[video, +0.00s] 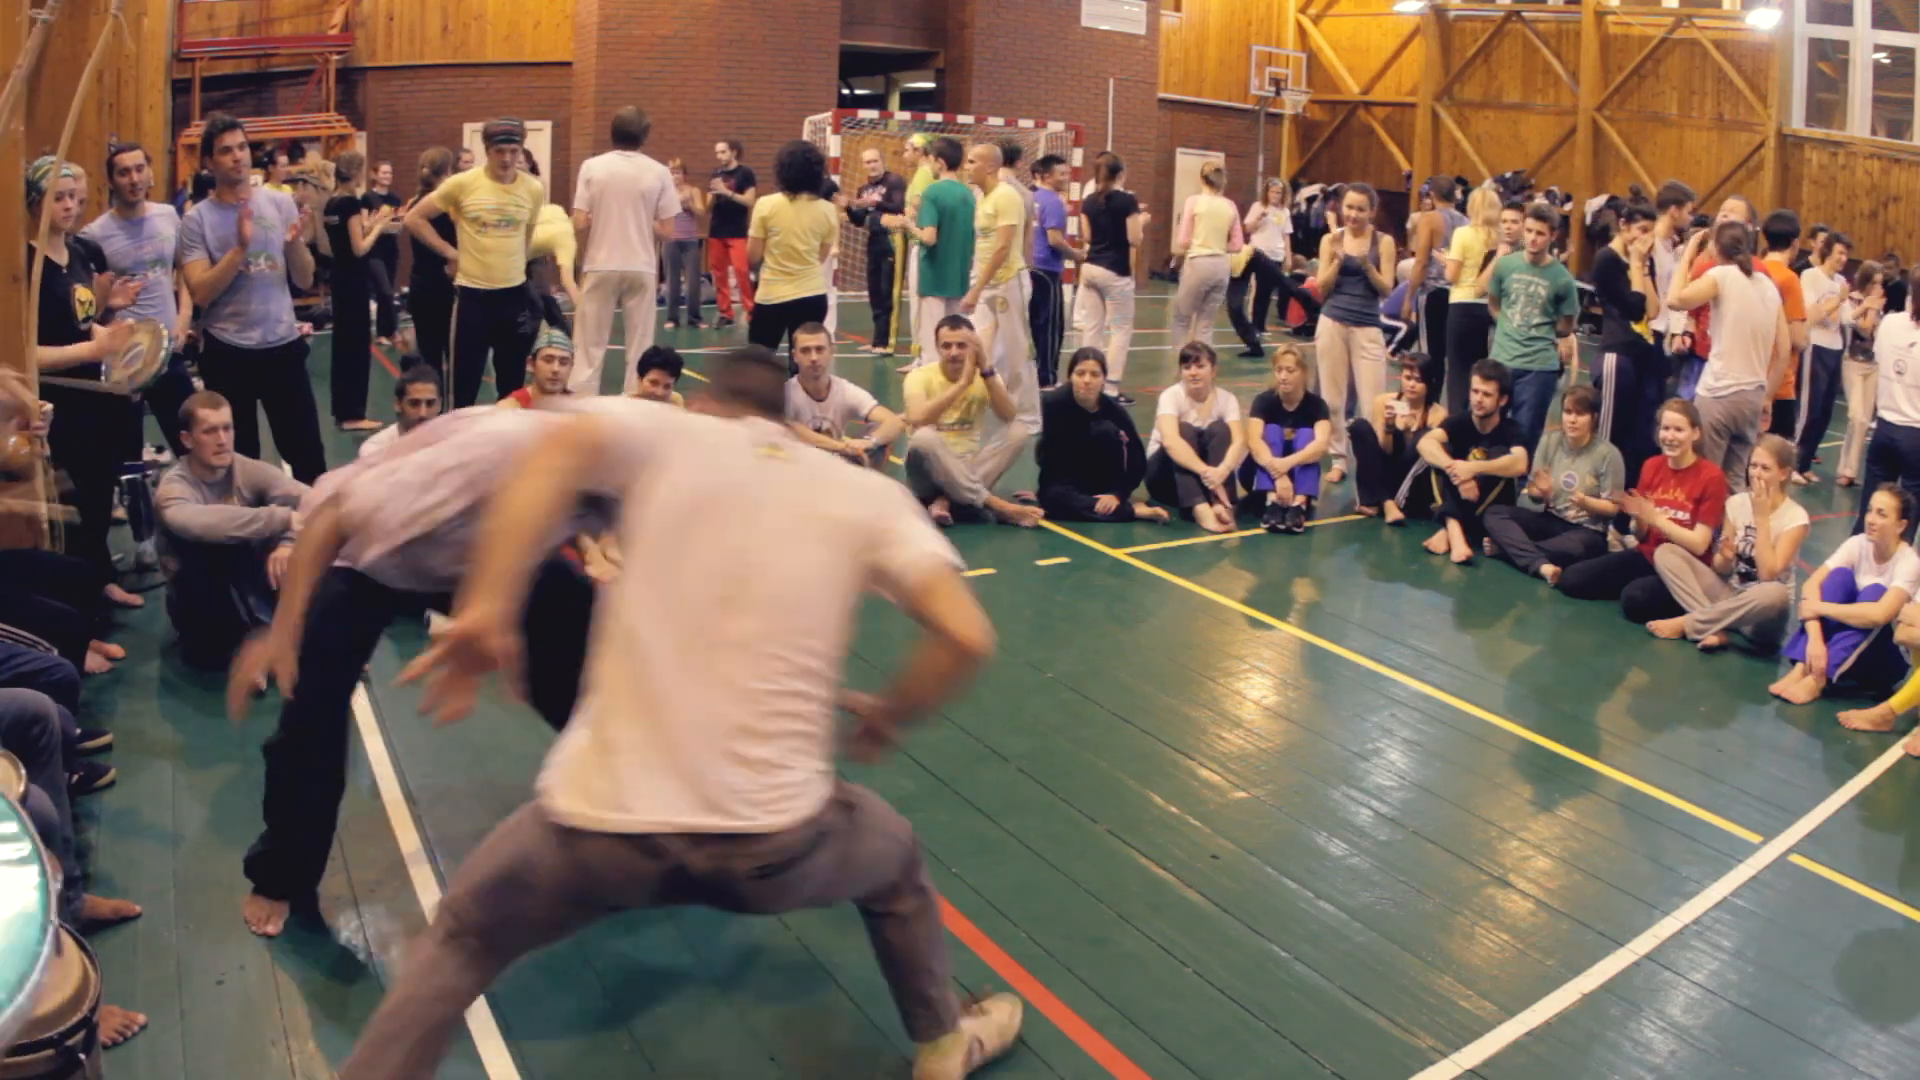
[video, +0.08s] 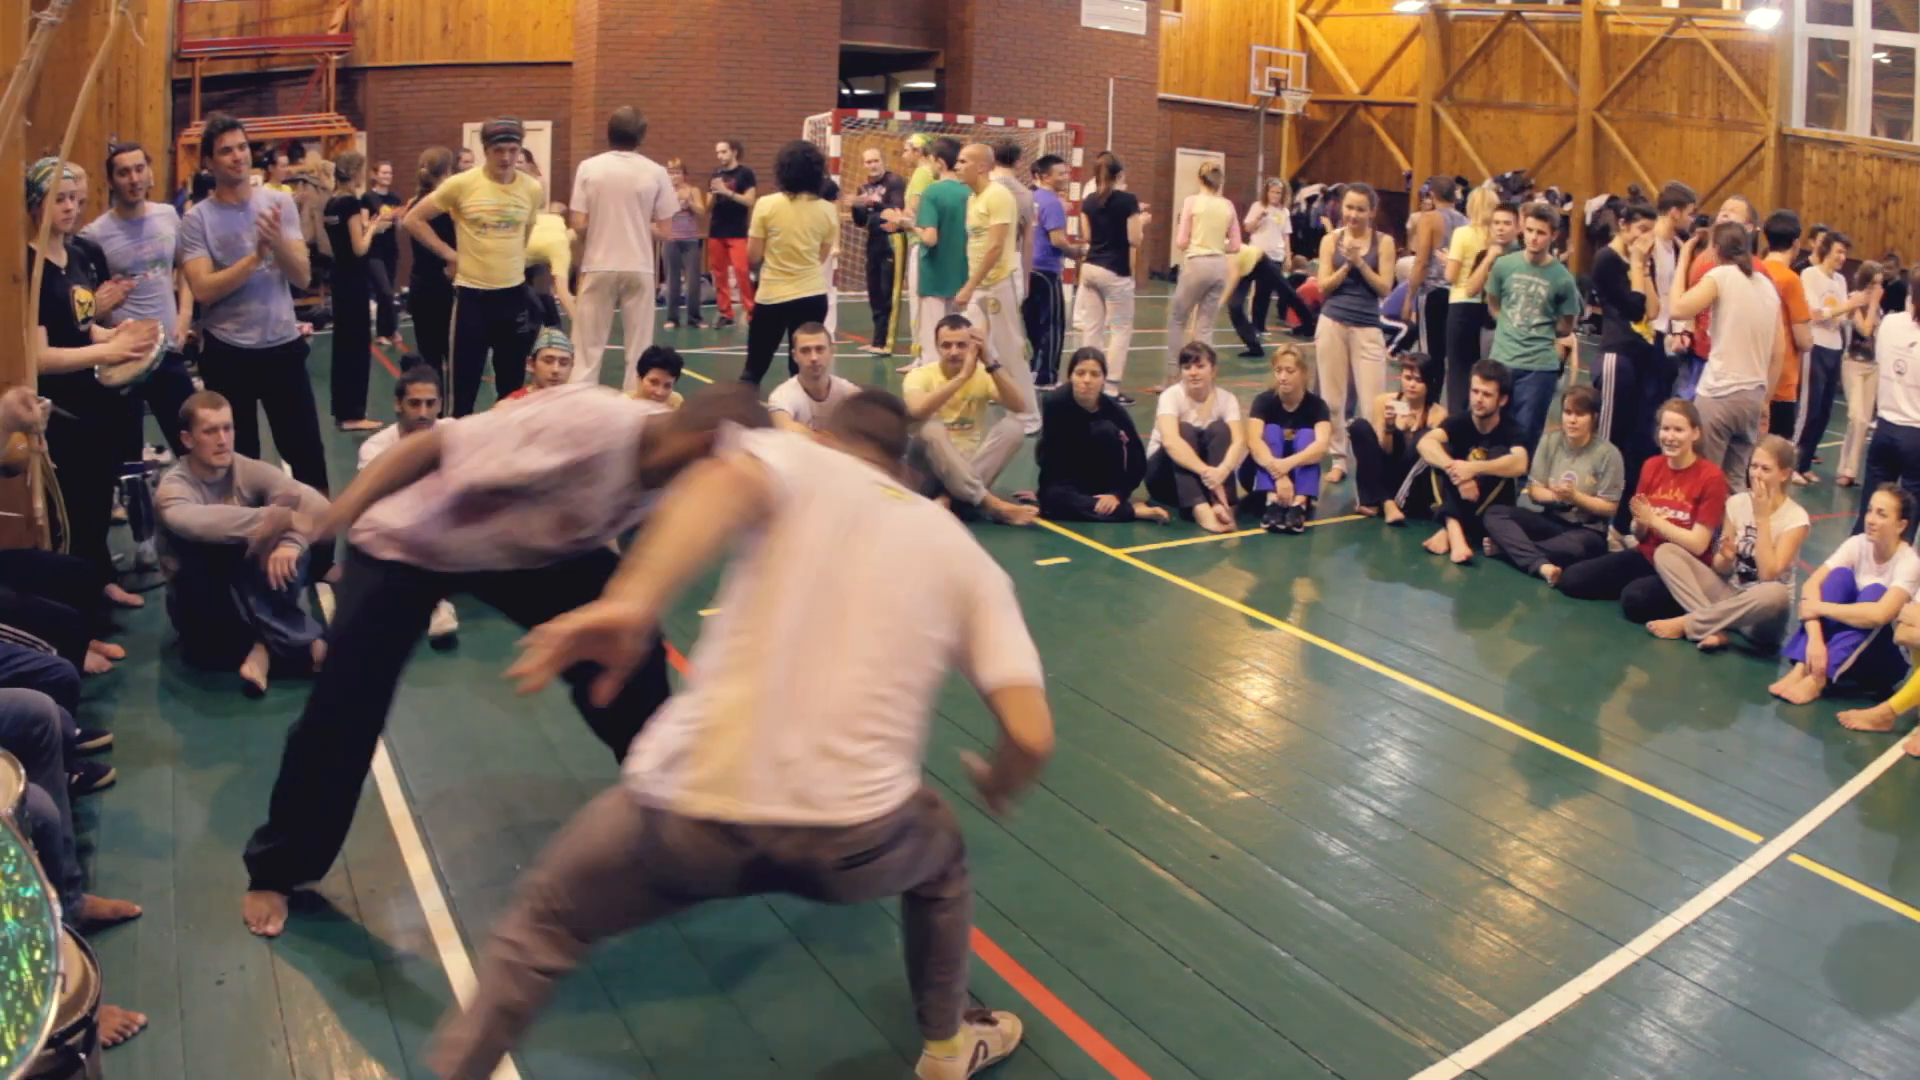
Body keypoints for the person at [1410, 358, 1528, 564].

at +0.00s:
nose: (1478, 399)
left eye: (1487, 395)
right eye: (1475, 392)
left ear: (1503, 400)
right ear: (1469, 392)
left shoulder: (1511, 428)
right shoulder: (1459, 420)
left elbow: (1520, 465)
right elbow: (1425, 444)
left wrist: (1473, 467)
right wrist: (1459, 475)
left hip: (1493, 511)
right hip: (1454, 506)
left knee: (1499, 456)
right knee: (1438, 455)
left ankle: (1449, 529)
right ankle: (1454, 530)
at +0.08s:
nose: (1479, 399)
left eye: (1487, 395)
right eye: (1475, 392)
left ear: (1503, 400)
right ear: (1469, 392)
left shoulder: (1510, 428)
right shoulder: (1460, 420)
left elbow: (1519, 464)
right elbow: (1425, 444)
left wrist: (1473, 467)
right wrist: (1459, 475)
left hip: (1493, 510)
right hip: (1454, 504)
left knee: (1500, 457)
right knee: (1438, 456)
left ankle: (1449, 528)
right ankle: (1454, 530)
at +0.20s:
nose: (1479, 399)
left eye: (1487, 395)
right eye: (1475, 392)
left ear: (1502, 400)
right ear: (1469, 392)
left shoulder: (1511, 428)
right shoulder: (1461, 420)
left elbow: (1519, 465)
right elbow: (1425, 444)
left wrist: (1474, 467)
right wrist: (1458, 474)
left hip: (1492, 510)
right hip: (1454, 504)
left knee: (1500, 456)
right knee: (1438, 455)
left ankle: (1449, 529)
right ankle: (1454, 530)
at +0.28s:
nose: (1478, 399)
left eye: (1487, 395)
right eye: (1475, 392)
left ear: (1502, 400)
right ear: (1469, 392)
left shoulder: (1511, 429)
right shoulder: (1460, 420)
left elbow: (1519, 465)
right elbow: (1425, 444)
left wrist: (1474, 467)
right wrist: (1459, 474)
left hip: (1492, 511)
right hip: (1454, 504)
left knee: (1500, 456)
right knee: (1439, 455)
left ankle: (1449, 529)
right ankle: (1454, 530)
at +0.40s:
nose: (1478, 399)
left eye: (1487, 395)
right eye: (1475, 392)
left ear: (1502, 400)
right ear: (1469, 392)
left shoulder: (1511, 429)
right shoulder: (1459, 419)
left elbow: (1519, 465)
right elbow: (1425, 444)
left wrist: (1473, 467)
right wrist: (1459, 475)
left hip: (1492, 510)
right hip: (1453, 503)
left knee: (1500, 456)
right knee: (1439, 455)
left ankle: (1449, 528)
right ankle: (1454, 529)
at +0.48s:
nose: (1478, 399)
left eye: (1487, 395)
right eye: (1475, 392)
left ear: (1502, 400)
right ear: (1469, 392)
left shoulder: (1511, 429)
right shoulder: (1459, 420)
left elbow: (1519, 465)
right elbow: (1425, 444)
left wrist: (1473, 468)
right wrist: (1459, 474)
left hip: (1493, 511)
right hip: (1454, 504)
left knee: (1501, 456)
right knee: (1439, 456)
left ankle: (1450, 528)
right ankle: (1454, 529)